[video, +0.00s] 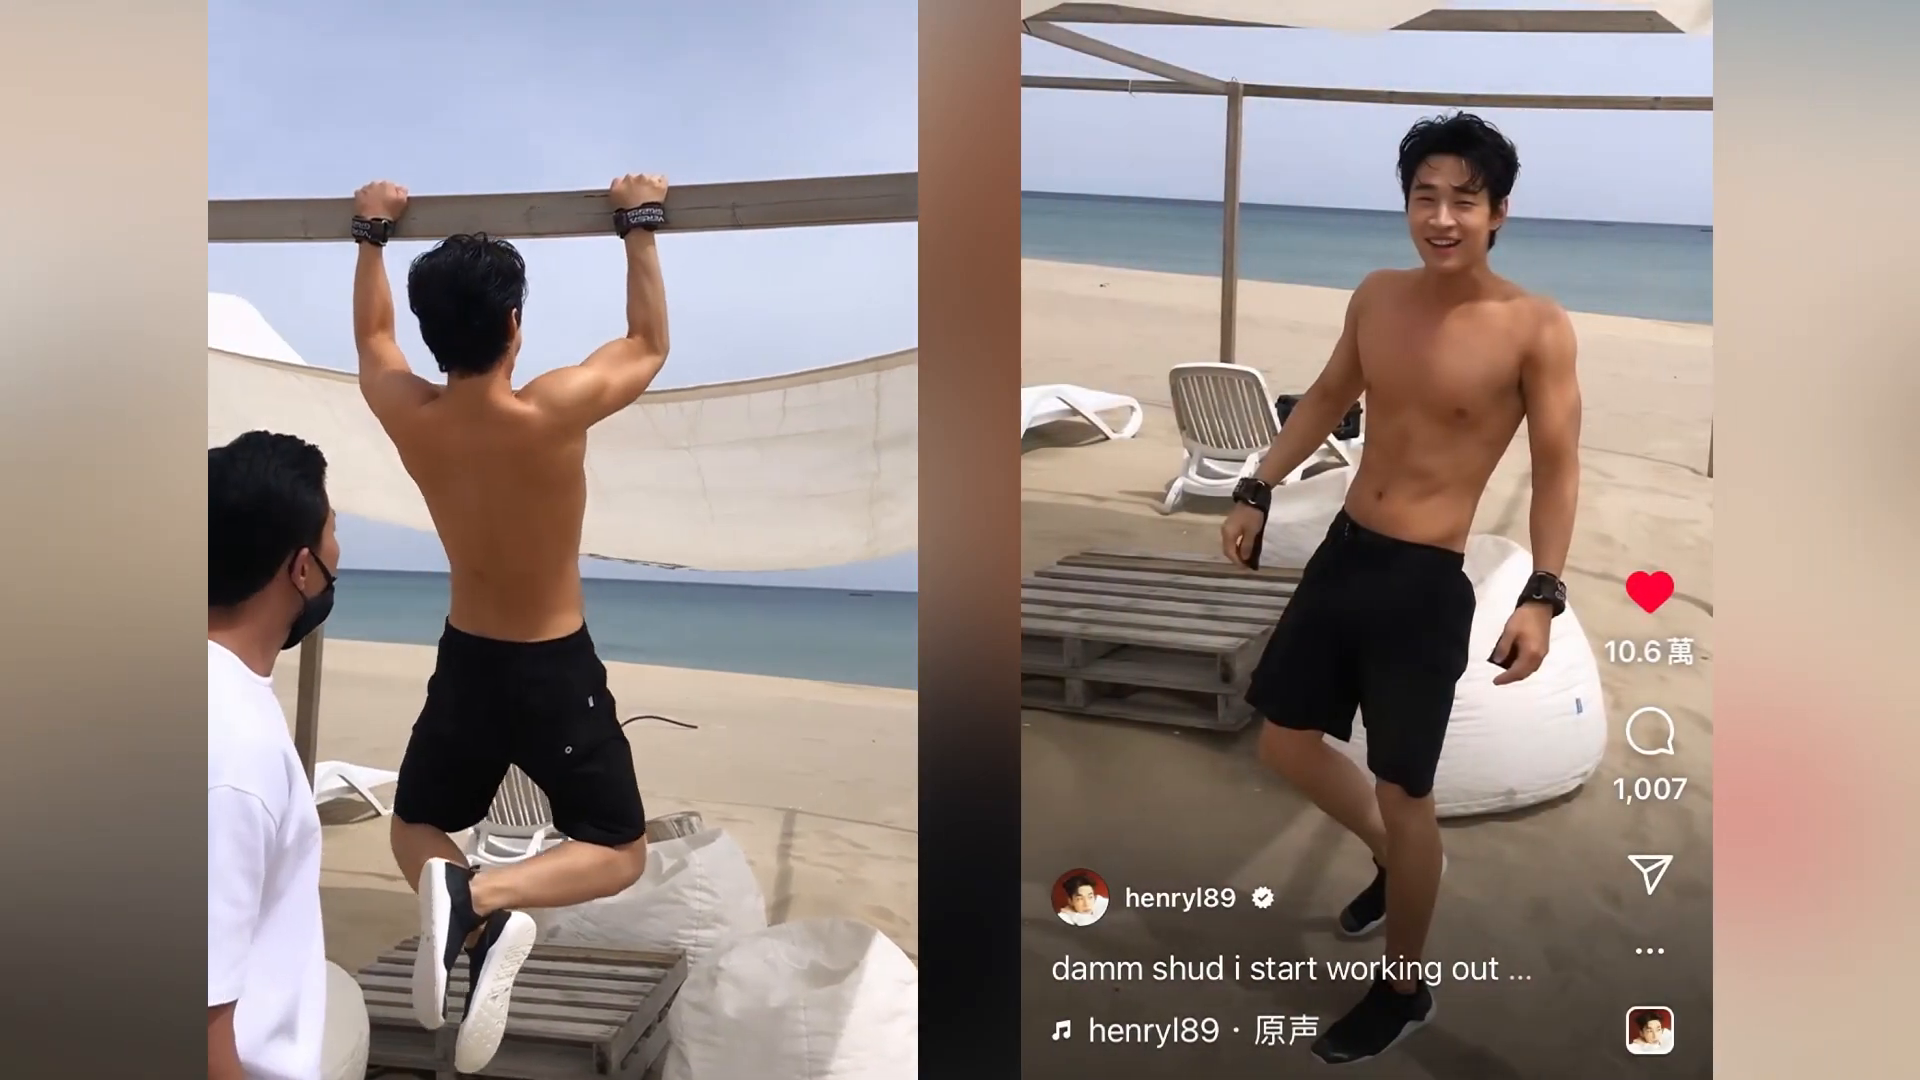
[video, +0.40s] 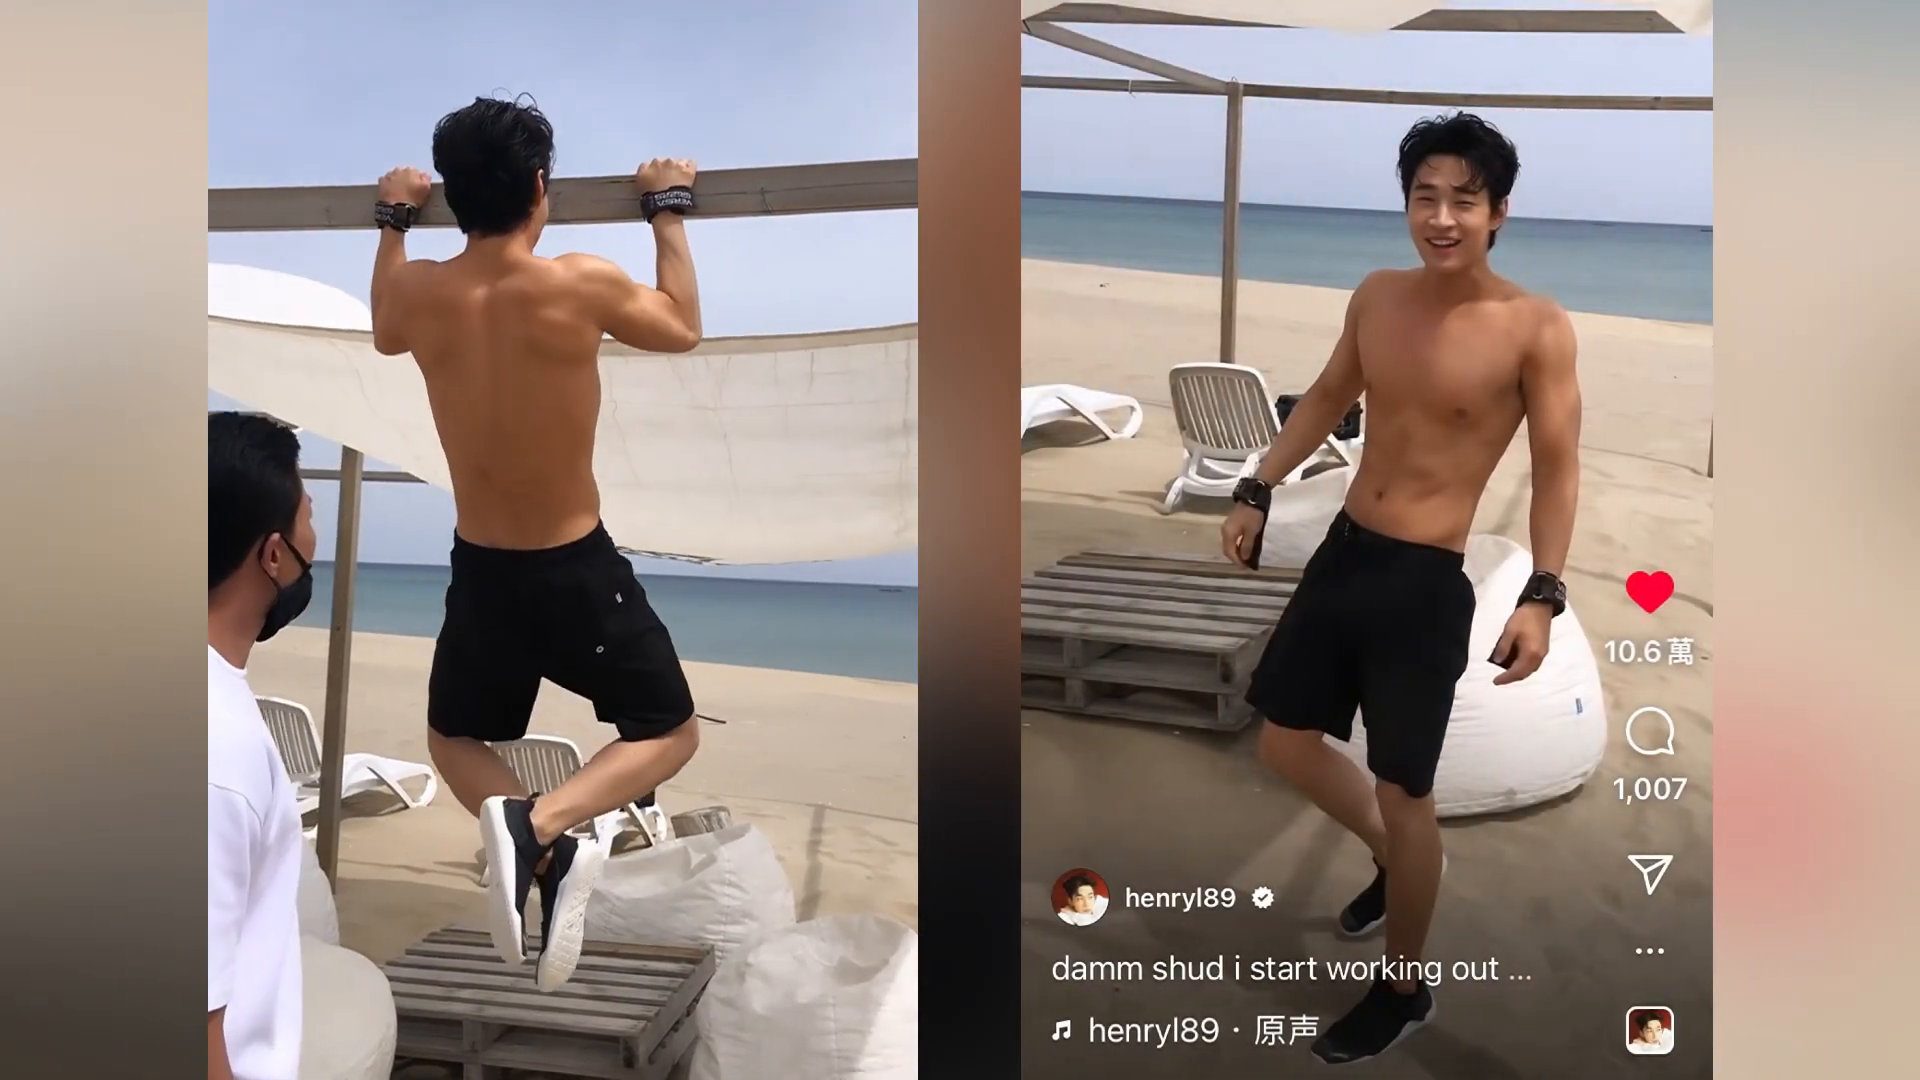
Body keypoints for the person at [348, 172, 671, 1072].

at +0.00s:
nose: (524, 319)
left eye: (514, 306)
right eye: (521, 307)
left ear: (430, 331)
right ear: (512, 325)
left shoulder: (411, 414)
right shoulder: (559, 408)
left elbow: (376, 336)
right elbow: (648, 342)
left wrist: (370, 235)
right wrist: (641, 226)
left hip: (468, 670)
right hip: (558, 673)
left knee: (417, 830)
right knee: (620, 853)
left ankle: (487, 924)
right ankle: (472, 892)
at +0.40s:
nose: (551, 184)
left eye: (545, 173)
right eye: (550, 173)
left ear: (451, 199)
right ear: (539, 187)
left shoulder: (417, 289)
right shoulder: (580, 283)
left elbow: (386, 332)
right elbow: (681, 326)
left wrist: (391, 223)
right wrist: (668, 212)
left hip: (483, 579)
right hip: (578, 573)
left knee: (456, 740)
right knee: (669, 734)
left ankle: (551, 857)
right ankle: (535, 822)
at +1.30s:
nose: (584, 294)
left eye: (572, 280)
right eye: (582, 281)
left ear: (491, 305)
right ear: (573, 298)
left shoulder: (467, 387)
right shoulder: (618, 381)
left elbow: (434, 306)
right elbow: (716, 313)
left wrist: (435, 205)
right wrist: (712, 195)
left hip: (499, 651)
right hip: (593, 660)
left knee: (426, 837)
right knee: (642, 876)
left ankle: (488, 918)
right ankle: (494, 863)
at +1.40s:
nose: (586, 307)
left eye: (578, 297)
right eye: (583, 297)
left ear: (494, 321)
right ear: (574, 316)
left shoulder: (474, 405)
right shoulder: (620, 396)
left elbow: (443, 308)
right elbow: (712, 314)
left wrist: (441, 202)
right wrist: (715, 192)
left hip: (502, 666)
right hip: (595, 676)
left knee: (426, 845)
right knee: (636, 888)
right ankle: (499, 881)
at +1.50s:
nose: (592, 315)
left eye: (578, 305)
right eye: (587, 307)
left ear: (500, 336)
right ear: (581, 328)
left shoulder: (481, 417)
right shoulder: (624, 404)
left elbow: (450, 318)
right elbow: (712, 314)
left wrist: (447, 202)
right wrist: (718, 190)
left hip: (506, 678)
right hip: (601, 689)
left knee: (431, 851)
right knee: (638, 900)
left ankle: (476, 944)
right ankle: (499, 902)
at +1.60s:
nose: (597, 323)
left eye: (578, 312)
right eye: (593, 315)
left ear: (505, 341)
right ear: (588, 336)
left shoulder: (486, 420)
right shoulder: (628, 411)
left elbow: (456, 314)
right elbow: (713, 313)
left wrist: (450, 200)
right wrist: (720, 188)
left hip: (511, 684)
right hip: (604, 695)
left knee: (436, 856)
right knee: (645, 901)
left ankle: (495, 948)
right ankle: (498, 912)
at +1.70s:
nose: (599, 324)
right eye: (597, 316)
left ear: (508, 341)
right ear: (592, 338)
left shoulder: (491, 420)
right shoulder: (631, 411)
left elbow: (459, 312)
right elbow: (716, 312)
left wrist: (452, 198)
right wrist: (722, 186)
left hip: (517, 683)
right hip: (611, 693)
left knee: (447, 852)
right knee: (652, 898)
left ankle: (501, 958)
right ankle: (504, 915)